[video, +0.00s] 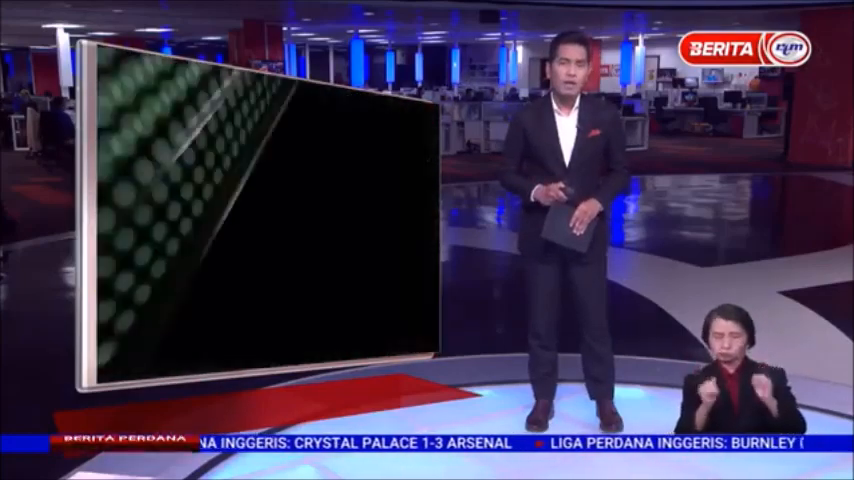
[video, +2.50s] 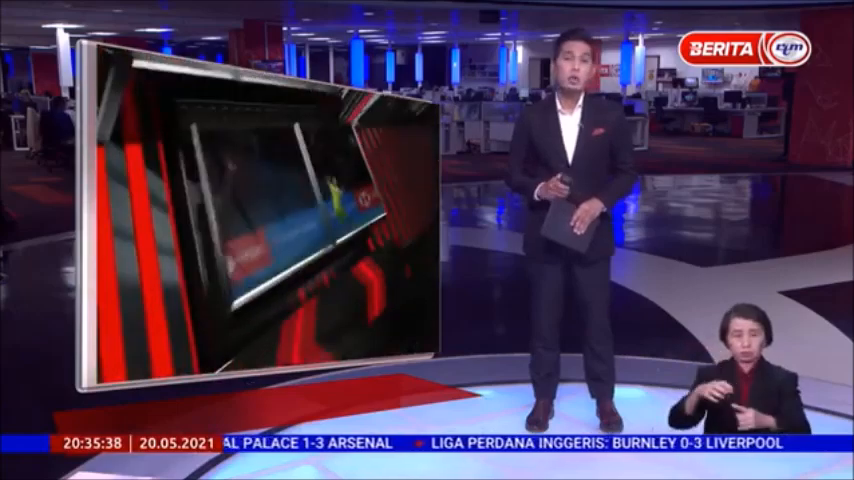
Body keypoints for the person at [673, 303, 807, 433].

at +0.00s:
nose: (726, 344)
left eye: (735, 336)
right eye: (718, 337)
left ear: (748, 340)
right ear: (708, 341)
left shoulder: (773, 377)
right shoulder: (696, 382)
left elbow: (798, 429)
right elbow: (682, 437)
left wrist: (769, 401)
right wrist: (704, 408)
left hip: (765, 463)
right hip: (713, 464)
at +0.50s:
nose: (733, 343)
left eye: (742, 335)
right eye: (725, 335)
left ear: (755, 340)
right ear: (714, 340)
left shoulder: (776, 379)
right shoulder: (701, 380)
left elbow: (791, 432)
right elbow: (695, 434)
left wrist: (757, 413)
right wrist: (728, 411)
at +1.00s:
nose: (737, 344)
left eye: (745, 336)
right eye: (729, 336)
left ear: (758, 340)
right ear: (719, 340)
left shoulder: (779, 379)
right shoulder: (702, 379)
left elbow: (801, 430)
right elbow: (680, 433)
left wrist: (772, 422)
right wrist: (701, 414)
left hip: (767, 465)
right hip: (712, 464)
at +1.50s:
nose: (735, 350)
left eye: (743, 341)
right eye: (728, 341)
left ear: (757, 343)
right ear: (718, 343)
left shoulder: (777, 379)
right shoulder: (704, 377)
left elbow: (789, 430)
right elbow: (685, 421)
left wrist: (770, 421)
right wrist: (712, 386)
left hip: (762, 462)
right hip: (714, 460)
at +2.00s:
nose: (738, 342)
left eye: (746, 334)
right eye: (729, 335)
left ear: (759, 338)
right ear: (719, 341)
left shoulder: (779, 380)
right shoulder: (704, 378)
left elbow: (794, 435)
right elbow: (683, 430)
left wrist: (764, 424)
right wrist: (717, 416)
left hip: (766, 464)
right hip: (714, 462)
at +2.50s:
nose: (746, 343)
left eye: (754, 334)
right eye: (737, 335)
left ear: (765, 339)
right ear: (726, 341)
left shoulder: (783, 380)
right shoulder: (710, 376)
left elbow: (801, 429)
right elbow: (677, 422)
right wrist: (697, 394)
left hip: (770, 465)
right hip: (717, 463)